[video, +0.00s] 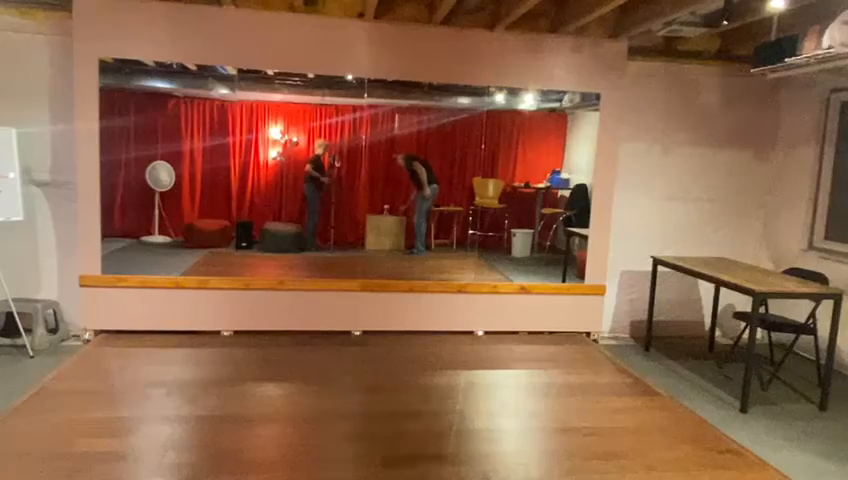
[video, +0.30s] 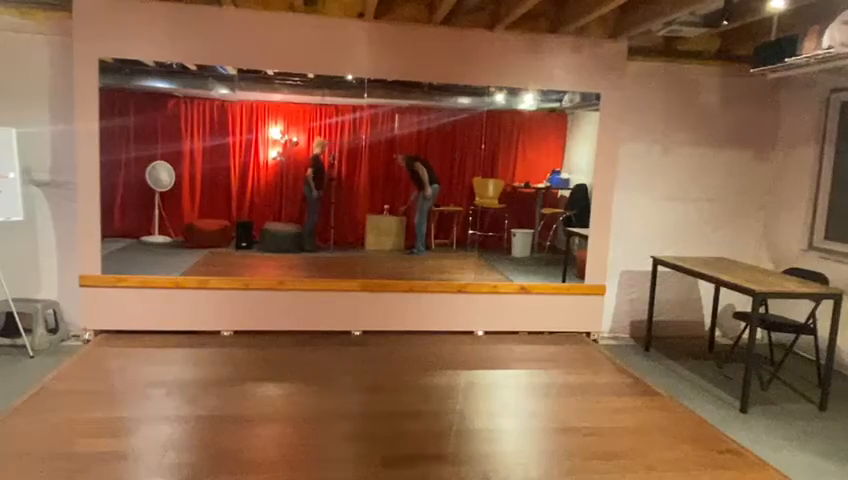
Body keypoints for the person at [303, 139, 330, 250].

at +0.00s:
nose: (326, 150)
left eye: (326, 148)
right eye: (325, 148)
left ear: (319, 147)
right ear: (321, 148)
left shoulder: (320, 160)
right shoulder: (315, 158)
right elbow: (308, 168)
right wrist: (321, 177)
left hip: (316, 187)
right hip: (311, 187)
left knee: (314, 213)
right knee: (313, 213)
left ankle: (311, 240)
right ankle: (311, 241)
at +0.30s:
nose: (324, 149)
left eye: (324, 146)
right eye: (323, 146)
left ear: (320, 147)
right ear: (319, 147)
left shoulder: (320, 159)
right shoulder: (315, 159)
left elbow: (321, 175)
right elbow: (309, 174)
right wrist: (313, 189)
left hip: (317, 191)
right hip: (313, 191)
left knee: (314, 217)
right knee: (312, 216)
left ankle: (311, 241)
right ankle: (308, 242)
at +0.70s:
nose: (317, 147)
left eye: (318, 144)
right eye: (314, 144)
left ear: (320, 146)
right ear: (311, 145)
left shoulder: (318, 162)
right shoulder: (309, 161)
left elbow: (320, 178)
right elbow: (305, 179)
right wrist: (305, 194)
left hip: (317, 192)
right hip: (310, 192)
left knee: (314, 217)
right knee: (311, 217)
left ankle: (312, 241)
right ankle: (307, 242)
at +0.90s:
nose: (312, 148)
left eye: (313, 145)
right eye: (309, 145)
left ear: (315, 146)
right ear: (306, 147)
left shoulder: (318, 161)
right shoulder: (303, 162)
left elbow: (322, 178)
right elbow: (299, 179)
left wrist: (322, 191)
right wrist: (301, 194)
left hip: (316, 192)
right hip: (307, 193)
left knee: (314, 218)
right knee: (309, 218)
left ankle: (312, 241)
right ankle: (305, 243)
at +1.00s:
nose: (310, 148)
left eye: (312, 145)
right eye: (308, 145)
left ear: (315, 146)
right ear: (305, 147)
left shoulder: (319, 162)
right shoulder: (301, 163)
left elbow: (322, 179)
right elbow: (297, 179)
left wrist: (322, 193)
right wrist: (297, 194)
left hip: (316, 193)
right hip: (305, 193)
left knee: (314, 218)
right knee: (308, 218)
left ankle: (313, 242)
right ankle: (306, 243)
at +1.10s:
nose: (309, 149)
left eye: (311, 145)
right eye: (306, 146)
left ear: (314, 146)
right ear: (303, 147)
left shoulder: (318, 161)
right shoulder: (299, 163)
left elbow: (322, 179)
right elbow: (295, 181)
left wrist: (323, 195)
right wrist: (294, 196)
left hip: (316, 193)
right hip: (303, 193)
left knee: (314, 219)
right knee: (306, 219)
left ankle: (313, 243)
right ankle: (306, 244)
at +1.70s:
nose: (307, 147)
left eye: (309, 144)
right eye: (305, 144)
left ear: (313, 146)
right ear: (301, 146)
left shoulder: (317, 160)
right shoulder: (297, 162)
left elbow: (324, 178)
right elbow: (295, 181)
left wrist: (331, 194)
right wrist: (295, 197)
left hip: (315, 193)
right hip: (301, 194)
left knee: (309, 220)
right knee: (300, 220)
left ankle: (310, 247)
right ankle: (301, 244)